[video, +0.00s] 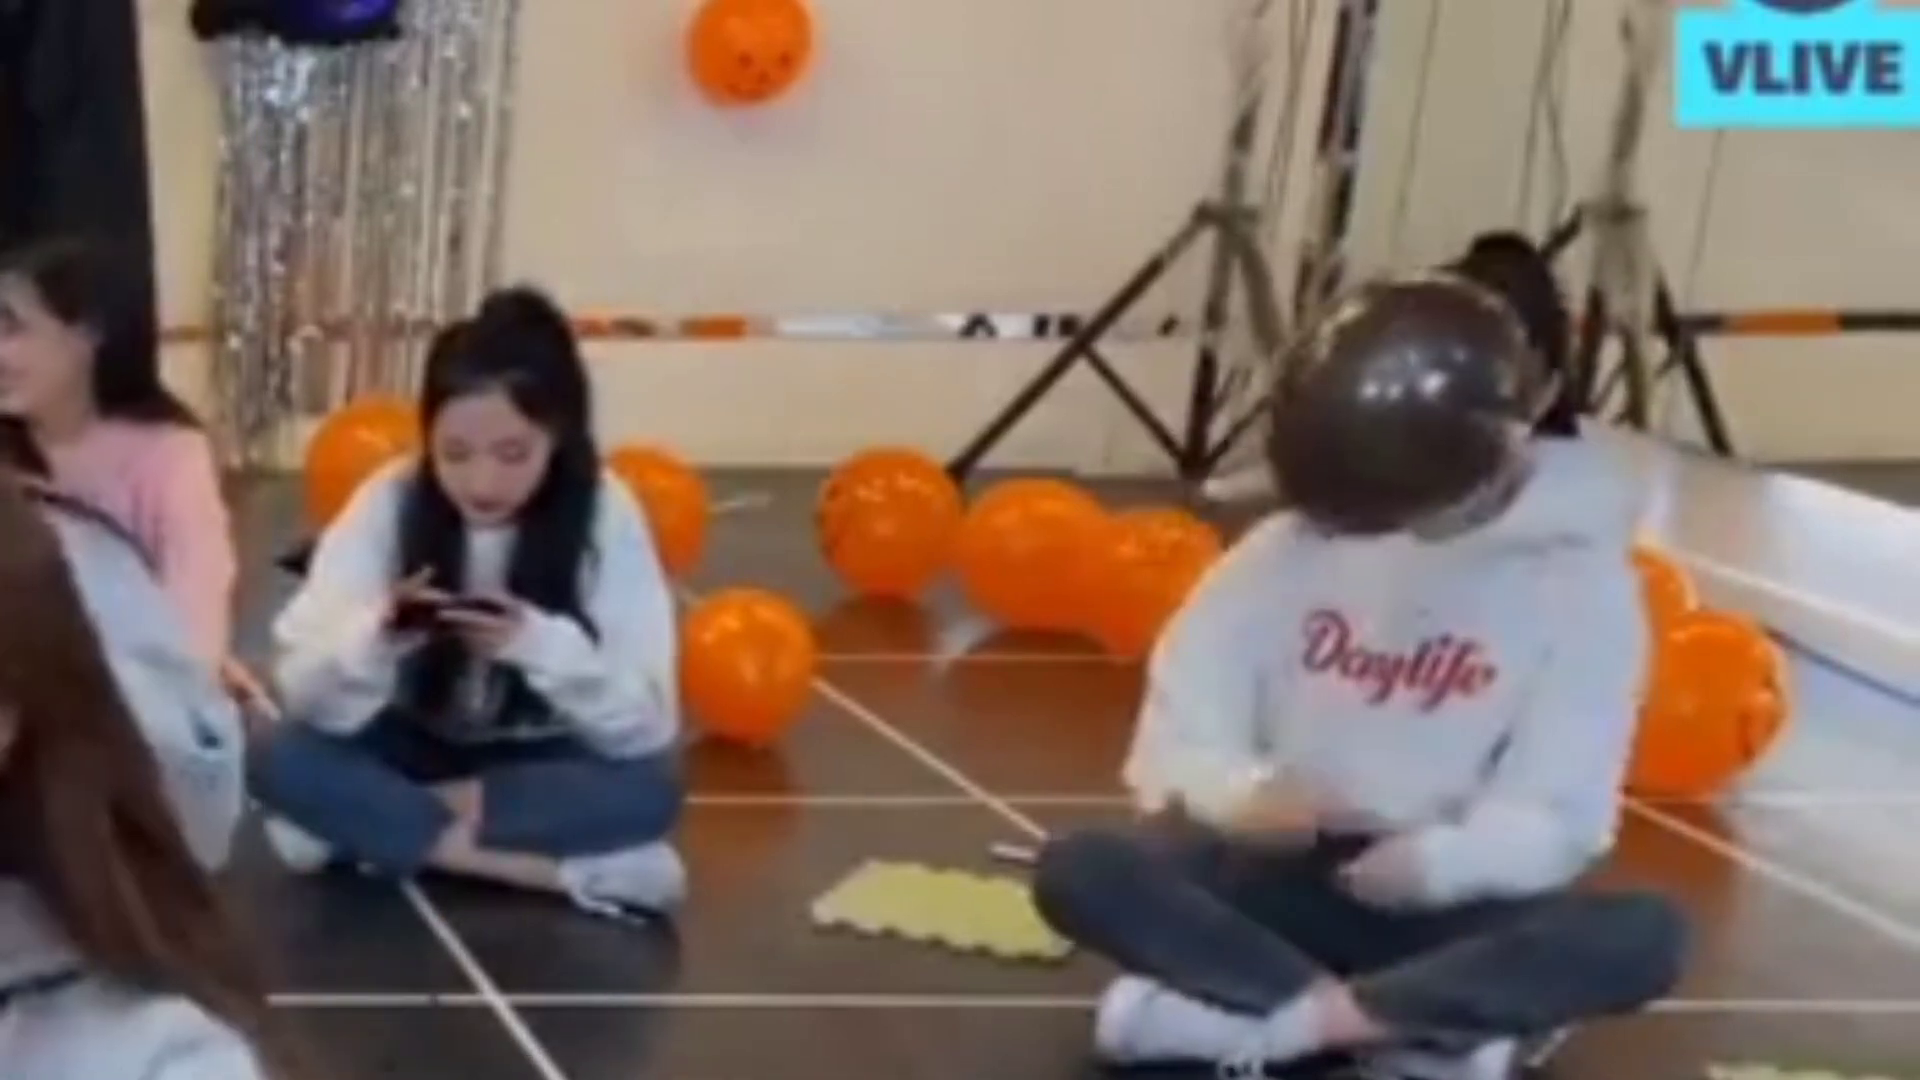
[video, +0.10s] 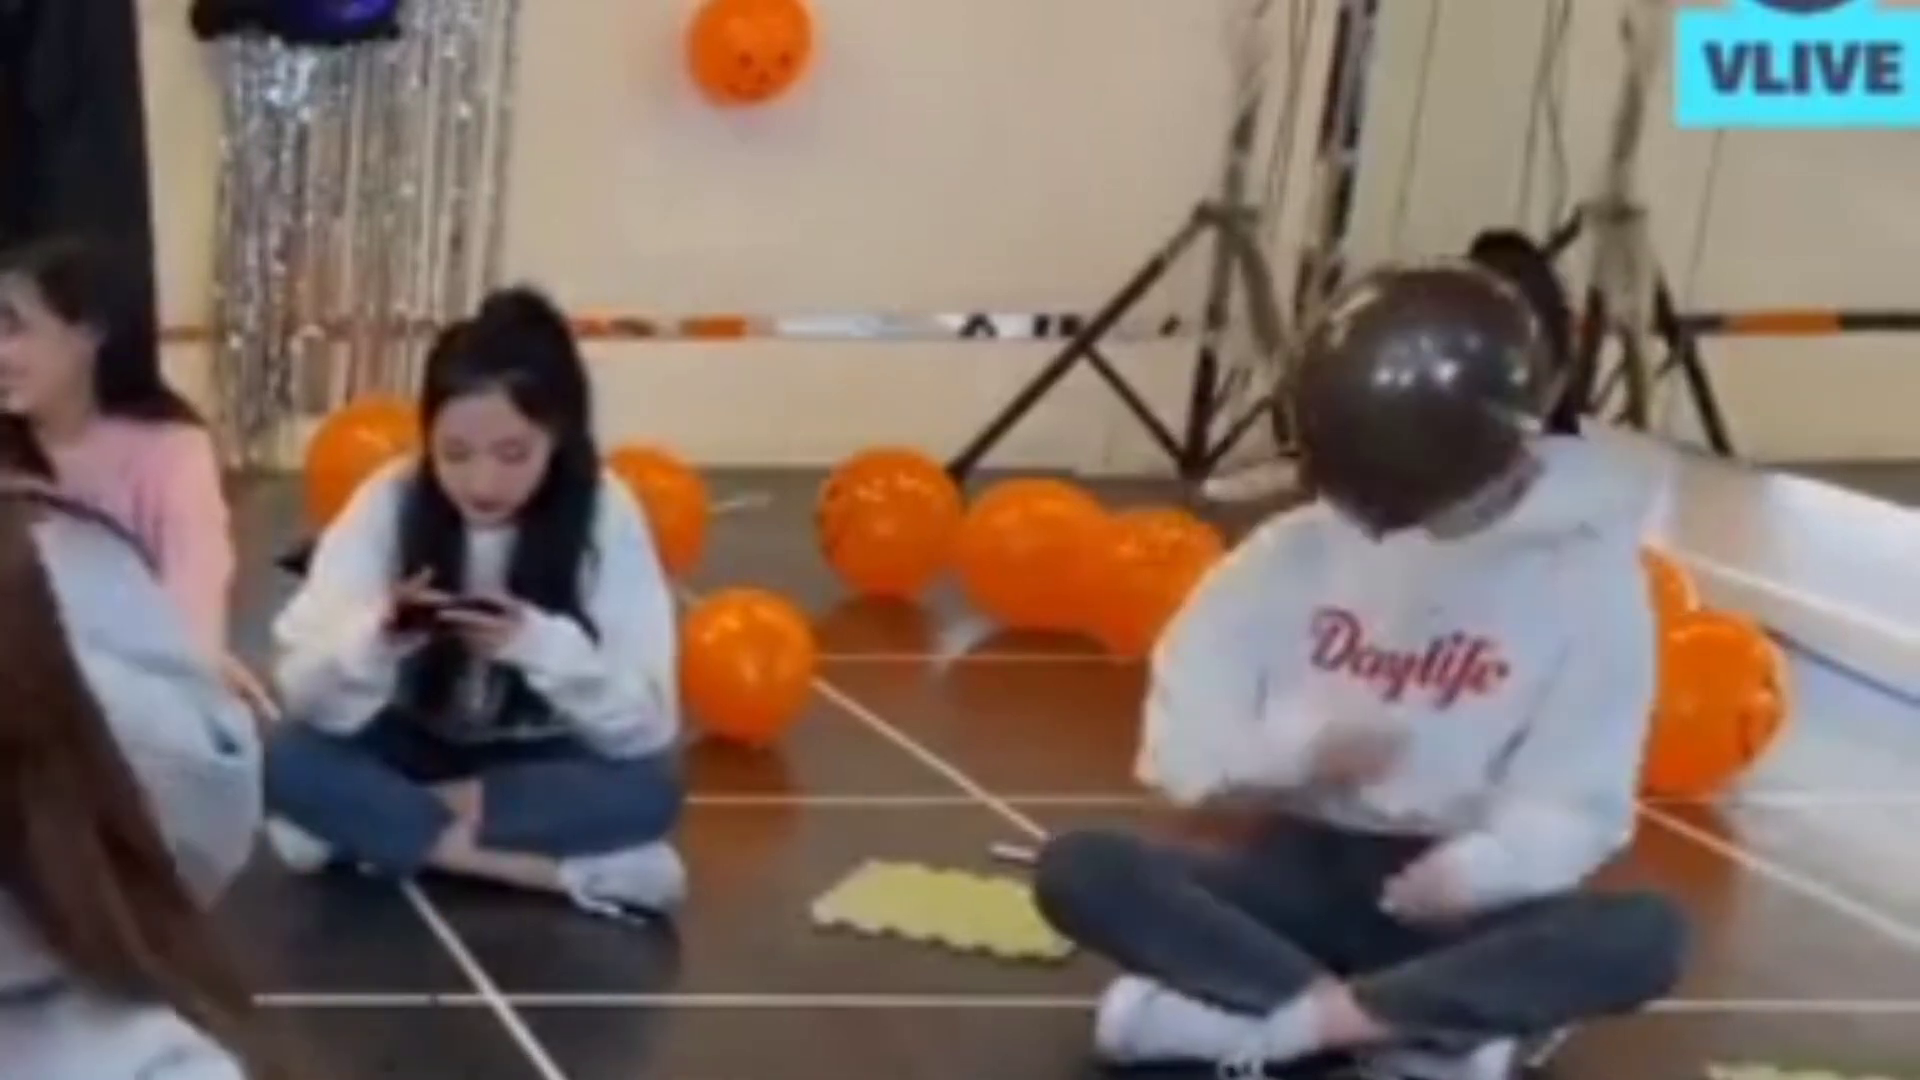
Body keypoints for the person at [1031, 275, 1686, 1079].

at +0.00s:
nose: (1374, 535)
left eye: (1400, 516)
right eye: (1343, 514)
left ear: (1497, 463)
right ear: (1319, 459)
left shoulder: (1580, 585)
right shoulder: (1289, 547)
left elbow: (1560, 816)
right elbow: (1172, 749)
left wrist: (1432, 863)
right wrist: (1244, 800)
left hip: (1453, 891)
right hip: (1274, 868)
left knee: (1644, 935)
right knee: (1076, 870)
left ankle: (1285, 1031)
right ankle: (1397, 1043)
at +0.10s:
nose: (1389, 534)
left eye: (1431, 516)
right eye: (1364, 510)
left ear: (1511, 461)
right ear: (1330, 466)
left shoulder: (1589, 578)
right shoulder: (1298, 547)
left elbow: (1582, 800)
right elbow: (1180, 745)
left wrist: (1480, 870)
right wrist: (1296, 760)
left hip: (1464, 879)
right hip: (1289, 861)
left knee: (1647, 936)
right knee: (1076, 868)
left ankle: (1285, 1031)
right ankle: (1405, 1043)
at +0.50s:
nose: (1437, 568)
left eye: (1467, 549)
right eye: (1416, 539)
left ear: (1533, 507)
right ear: (1371, 488)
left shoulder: (1601, 575)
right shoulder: (1303, 544)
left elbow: (1585, 799)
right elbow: (1214, 733)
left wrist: (1457, 851)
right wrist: (1368, 597)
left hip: (1482, 890)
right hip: (1313, 870)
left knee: (1643, 916)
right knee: (1083, 857)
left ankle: (1276, 1033)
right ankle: (1398, 1046)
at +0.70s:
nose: (1454, 533)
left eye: (1484, 509)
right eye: (1421, 505)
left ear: (1533, 473)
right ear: (1363, 465)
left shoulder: (1600, 573)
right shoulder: (1294, 549)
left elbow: (1584, 798)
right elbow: (1212, 738)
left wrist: (1461, 859)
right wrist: (1386, 614)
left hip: (1484, 887)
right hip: (1309, 869)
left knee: (1634, 908)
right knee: (1086, 855)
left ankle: (1280, 1028)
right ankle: (1401, 1047)